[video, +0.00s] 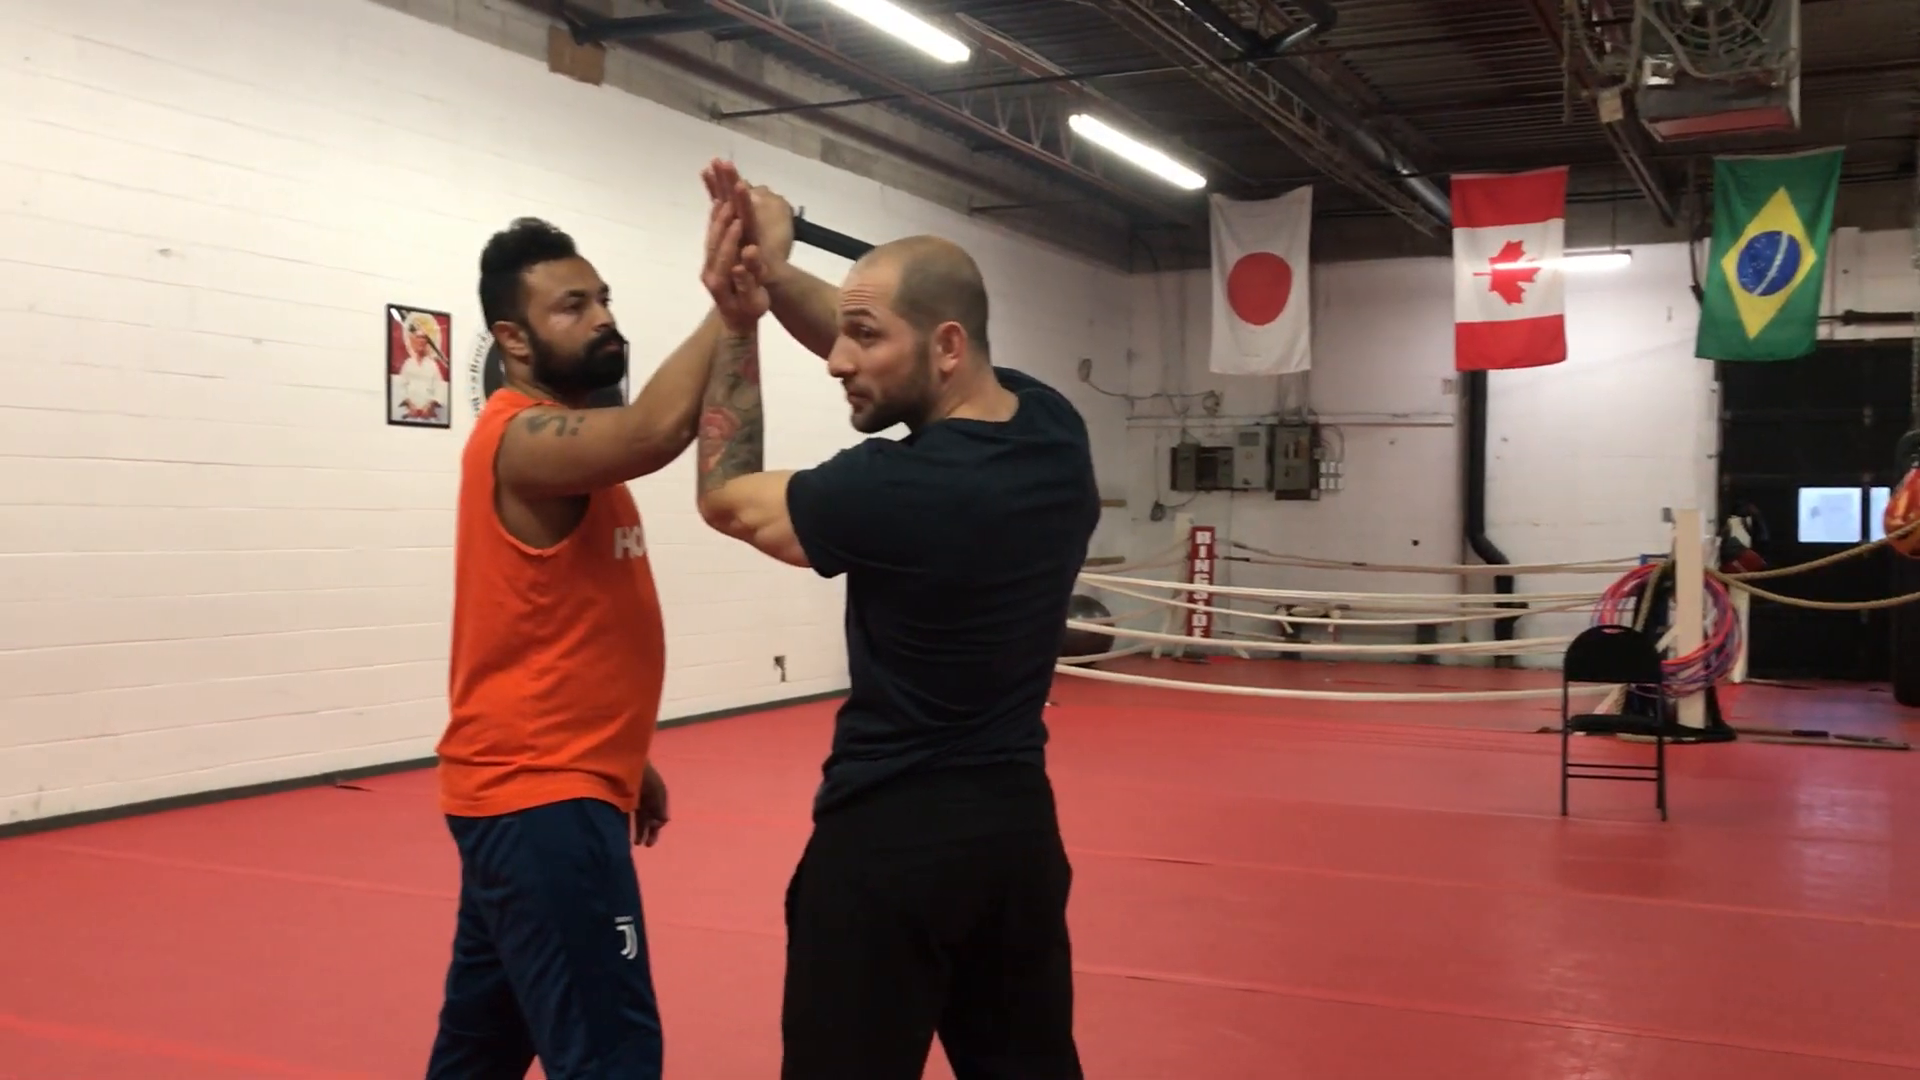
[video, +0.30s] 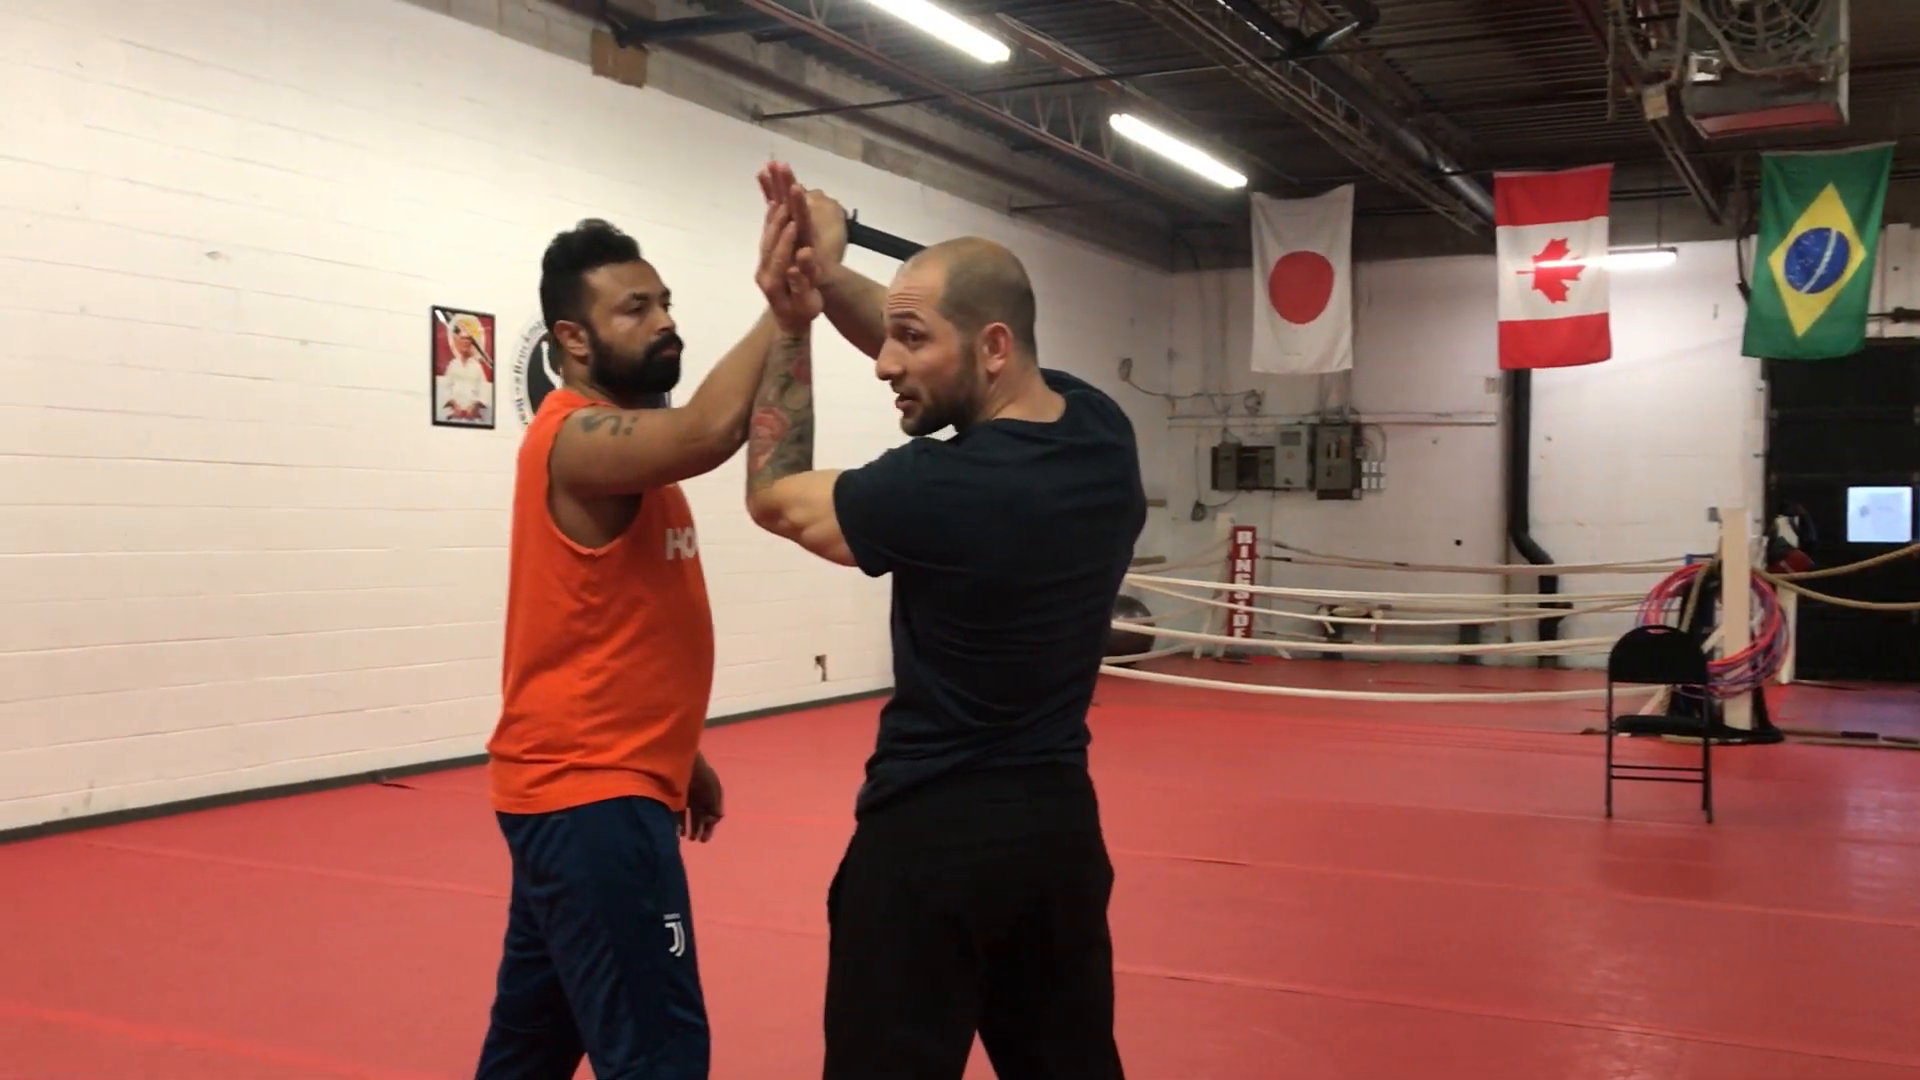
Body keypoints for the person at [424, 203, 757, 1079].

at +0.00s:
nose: (605, 320)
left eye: (605, 300)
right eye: (574, 308)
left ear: (608, 305)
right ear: (512, 339)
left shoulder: (561, 429)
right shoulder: (521, 432)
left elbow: (567, 622)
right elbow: (652, 433)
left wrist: (626, 758)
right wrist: (729, 315)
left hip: (556, 788)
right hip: (536, 792)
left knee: (480, 1051)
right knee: (613, 1054)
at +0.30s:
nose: (665, 326)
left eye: (664, 304)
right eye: (636, 311)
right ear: (571, 339)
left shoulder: (614, 429)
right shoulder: (577, 432)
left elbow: (608, 624)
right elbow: (705, 432)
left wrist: (676, 750)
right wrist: (782, 316)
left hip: (604, 785)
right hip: (586, 791)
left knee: (530, 1050)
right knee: (662, 1054)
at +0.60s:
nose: (702, 322)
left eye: (700, 303)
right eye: (673, 308)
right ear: (609, 338)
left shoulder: (647, 433)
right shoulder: (610, 433)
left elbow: (640, 625)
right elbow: (736, 433)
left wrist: (710, 747)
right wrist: (816, 311)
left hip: (632, 786)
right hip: (617, 793)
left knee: (561, 1048)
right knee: (690, 1053)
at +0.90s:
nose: (710, 324)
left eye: (709, 305)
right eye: (681, 310)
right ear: (618, 335)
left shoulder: (654, 431)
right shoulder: (621, 430)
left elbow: (650, 627)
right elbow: (745, 432)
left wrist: (718, 752)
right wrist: (825, 314)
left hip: (642, 784)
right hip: (623, 789)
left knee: (568, 1048)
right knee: (698, 1053)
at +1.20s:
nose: (707, 327)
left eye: (706, 306)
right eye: (679, 311)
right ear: (613, 338)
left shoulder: (657, 429)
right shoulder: (619, 433)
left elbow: (649, 623)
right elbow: (743, 434)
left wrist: (716, 753)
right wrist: (819, 320)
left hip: (646, 783)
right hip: (622, 788)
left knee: (568, 1047)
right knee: (696, 1054)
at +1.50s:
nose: (702, 325)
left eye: (701, 305)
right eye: (673, 312)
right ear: (611, 338)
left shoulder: (654, 432)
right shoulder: (615, 430)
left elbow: (647, 625)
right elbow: (736, 435)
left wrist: (716, 750)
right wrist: (819, 316)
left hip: (641, 785)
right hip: (619, 792)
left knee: (564, 1050)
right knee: (693, 1055)